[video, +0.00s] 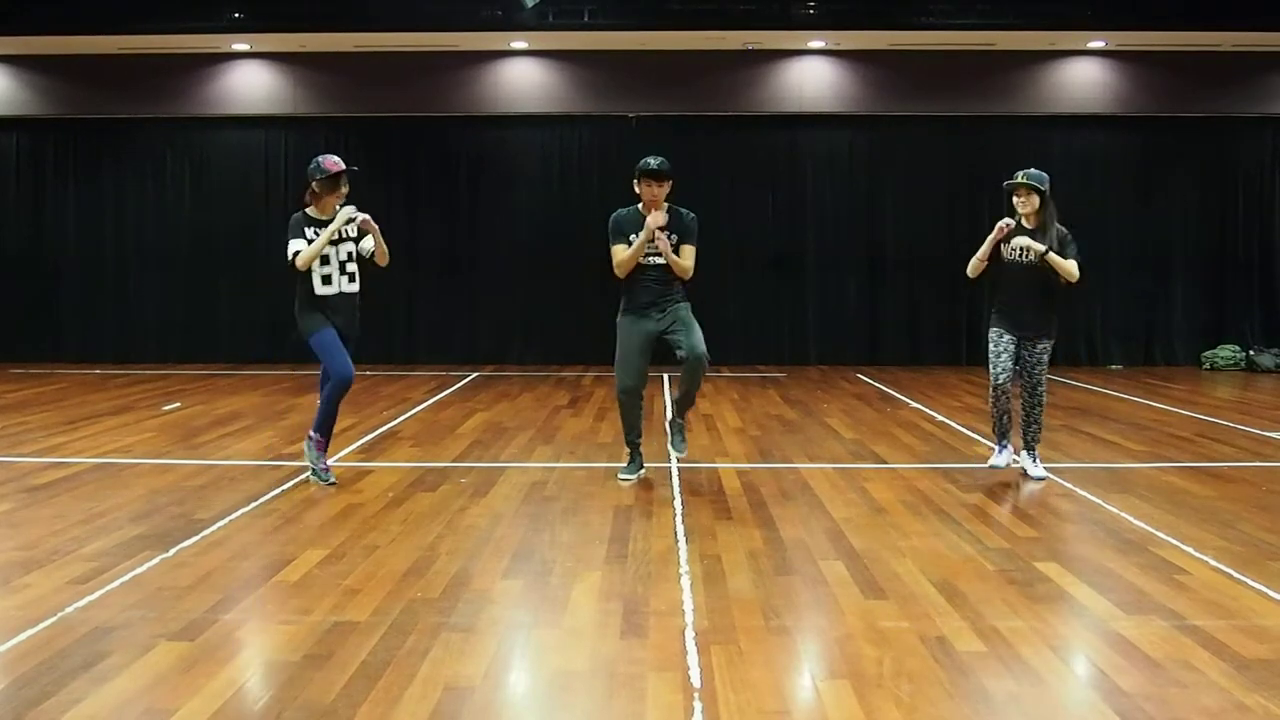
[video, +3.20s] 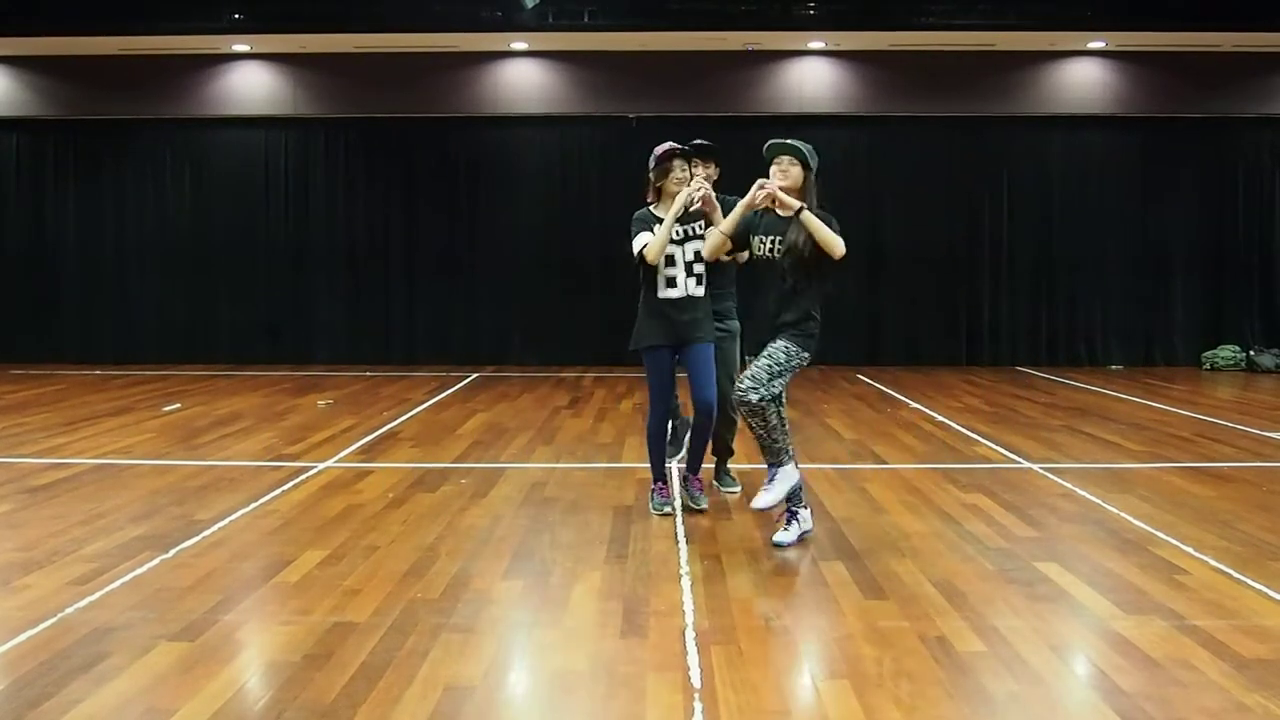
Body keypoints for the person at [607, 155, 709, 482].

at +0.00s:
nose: (653, 190)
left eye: (659, 184)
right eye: (647, 184)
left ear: (669, 186)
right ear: (637, 186)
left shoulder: (685, 220)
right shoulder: (621, 220)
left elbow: (687, 271)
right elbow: (621, 268)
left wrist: (668, 254)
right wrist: (646, 233)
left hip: (674, 307)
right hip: (635, 312)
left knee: (697, 355)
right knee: (627, 386)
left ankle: (678, 416)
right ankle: (634, 454)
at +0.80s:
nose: (676, 174)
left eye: (682, 170)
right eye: (669, 168)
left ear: (690, 180)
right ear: (657, 177)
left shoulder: (704, 216)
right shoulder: (642, 214)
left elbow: (709, 250)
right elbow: (650, 245)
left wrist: (687, 210)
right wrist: (669, 204)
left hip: (698, 308)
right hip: (658, 314)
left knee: (727, 351)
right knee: (653, 392)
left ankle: (707, 417)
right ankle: (659, 457)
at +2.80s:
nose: (693, 173)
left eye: (698, 167)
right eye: (687, 167)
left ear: (708, 172)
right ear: (675, 171)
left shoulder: (720, 206)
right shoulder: (665, 209)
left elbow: (735, 253)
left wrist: (719, 211)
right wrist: (686, 199)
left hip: (715, 306)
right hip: (675, 308)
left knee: (747, 369)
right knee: (679, 389)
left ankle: (729, 437)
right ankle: (674, 461)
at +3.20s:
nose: (701, 174)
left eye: (706, 168)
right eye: (694, 168)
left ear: (717, 171)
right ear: (683, 172)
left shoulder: (733, 207)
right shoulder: (673, 209)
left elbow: (742, 255)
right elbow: (661, 252)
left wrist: (715, 217)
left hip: (722, 312)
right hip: (682, 311)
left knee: (727, 391)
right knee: (665, 384)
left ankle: (723, 463)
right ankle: (677, 422)